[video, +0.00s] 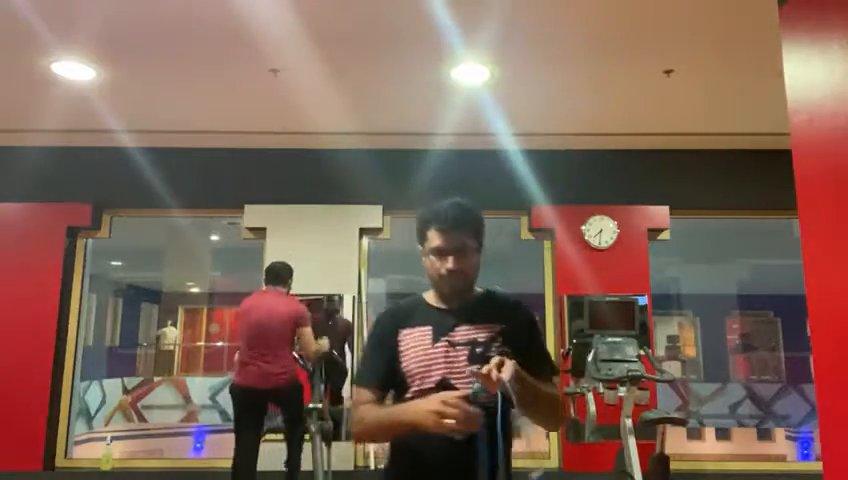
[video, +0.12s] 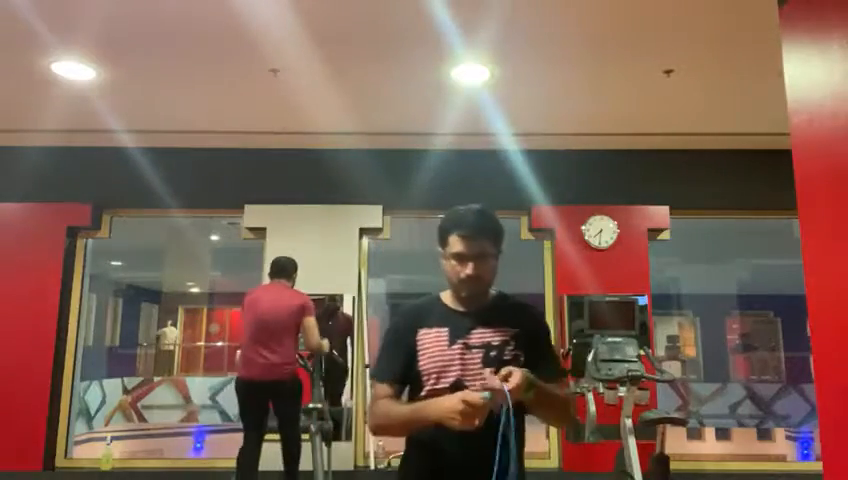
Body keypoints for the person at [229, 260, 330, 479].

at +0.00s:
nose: (289, 285)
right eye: (290, 282)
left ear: (265, 281)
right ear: (289, 283)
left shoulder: (246, 304)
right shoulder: (296, 308)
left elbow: (245, 343)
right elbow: (309, 353)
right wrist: (322, 345)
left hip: (247, 385)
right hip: (284, 384)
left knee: (245, 446)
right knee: (295, 424)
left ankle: (242, 476)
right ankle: (293, 469)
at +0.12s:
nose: (294, 280)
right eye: (294, 277)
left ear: (270, 274)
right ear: (293, 277)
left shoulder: (250, 297)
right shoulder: (300, 300)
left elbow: (248, 335)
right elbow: (312, 344)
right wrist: (323, 345)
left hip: (250, 381)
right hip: (284, 380)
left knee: (251, 438)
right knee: (290, 436)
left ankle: (244, 477)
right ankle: (291, 476)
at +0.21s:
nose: (295, 278)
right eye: (296, 275)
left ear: (271, 273)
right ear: (295, 275)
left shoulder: (250, 295)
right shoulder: (305, 300)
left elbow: (247, 334)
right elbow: (321, 341)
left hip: (251, 379)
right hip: (286, 379)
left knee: (253, 433)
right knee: (286, 438)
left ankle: (247, 476)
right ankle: (288, 477)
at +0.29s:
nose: (295, 282)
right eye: (296, 278)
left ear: (271, 276)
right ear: (295, 279)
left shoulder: (251, 297)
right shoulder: (305, 303)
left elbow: (239, 332)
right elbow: (328, 339)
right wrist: (322, 355)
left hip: (251, 381)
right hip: (287, 382)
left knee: (253, 429)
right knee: (284, 440)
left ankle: (249, 475)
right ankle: (284, 476)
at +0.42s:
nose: (294, 284)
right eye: (295, 281)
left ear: (270, 279)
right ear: (294, 281)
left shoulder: (250, 302)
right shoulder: (306, 305)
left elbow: (231, 342)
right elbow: (323, 339)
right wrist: (329, 329)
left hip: (252, 384)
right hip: (288, 385)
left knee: (255, 426)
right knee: (284, 436)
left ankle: (256, 474)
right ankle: (282, 475)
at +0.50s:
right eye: (295, 278)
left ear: (269, 276)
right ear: (294, 278)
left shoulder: (248, 299)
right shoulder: (304, 303)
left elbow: (226, 342)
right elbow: (322, 333)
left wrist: (242, 349)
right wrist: (330, 326)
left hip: (251, 382)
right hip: (286, 383)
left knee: (257, 429)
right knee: (283, 435)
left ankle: (258, 475)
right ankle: (283, 476)